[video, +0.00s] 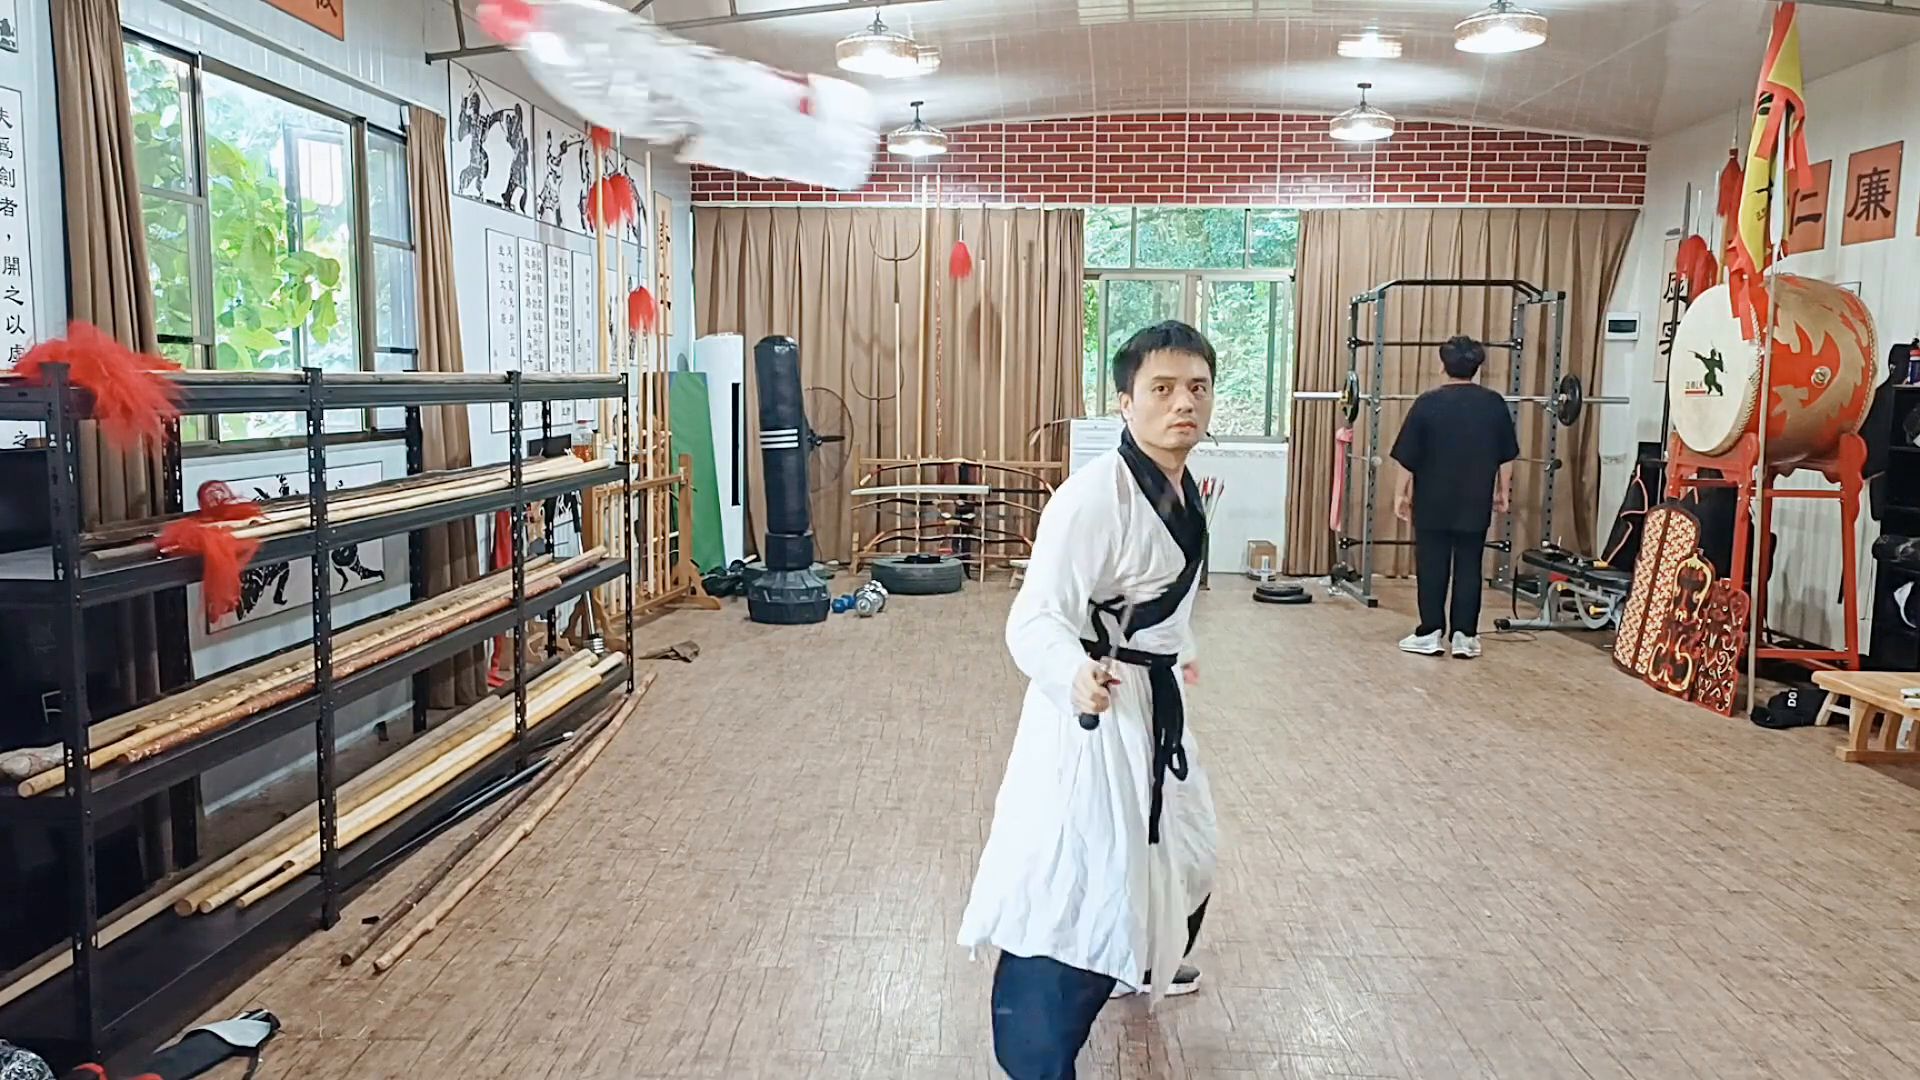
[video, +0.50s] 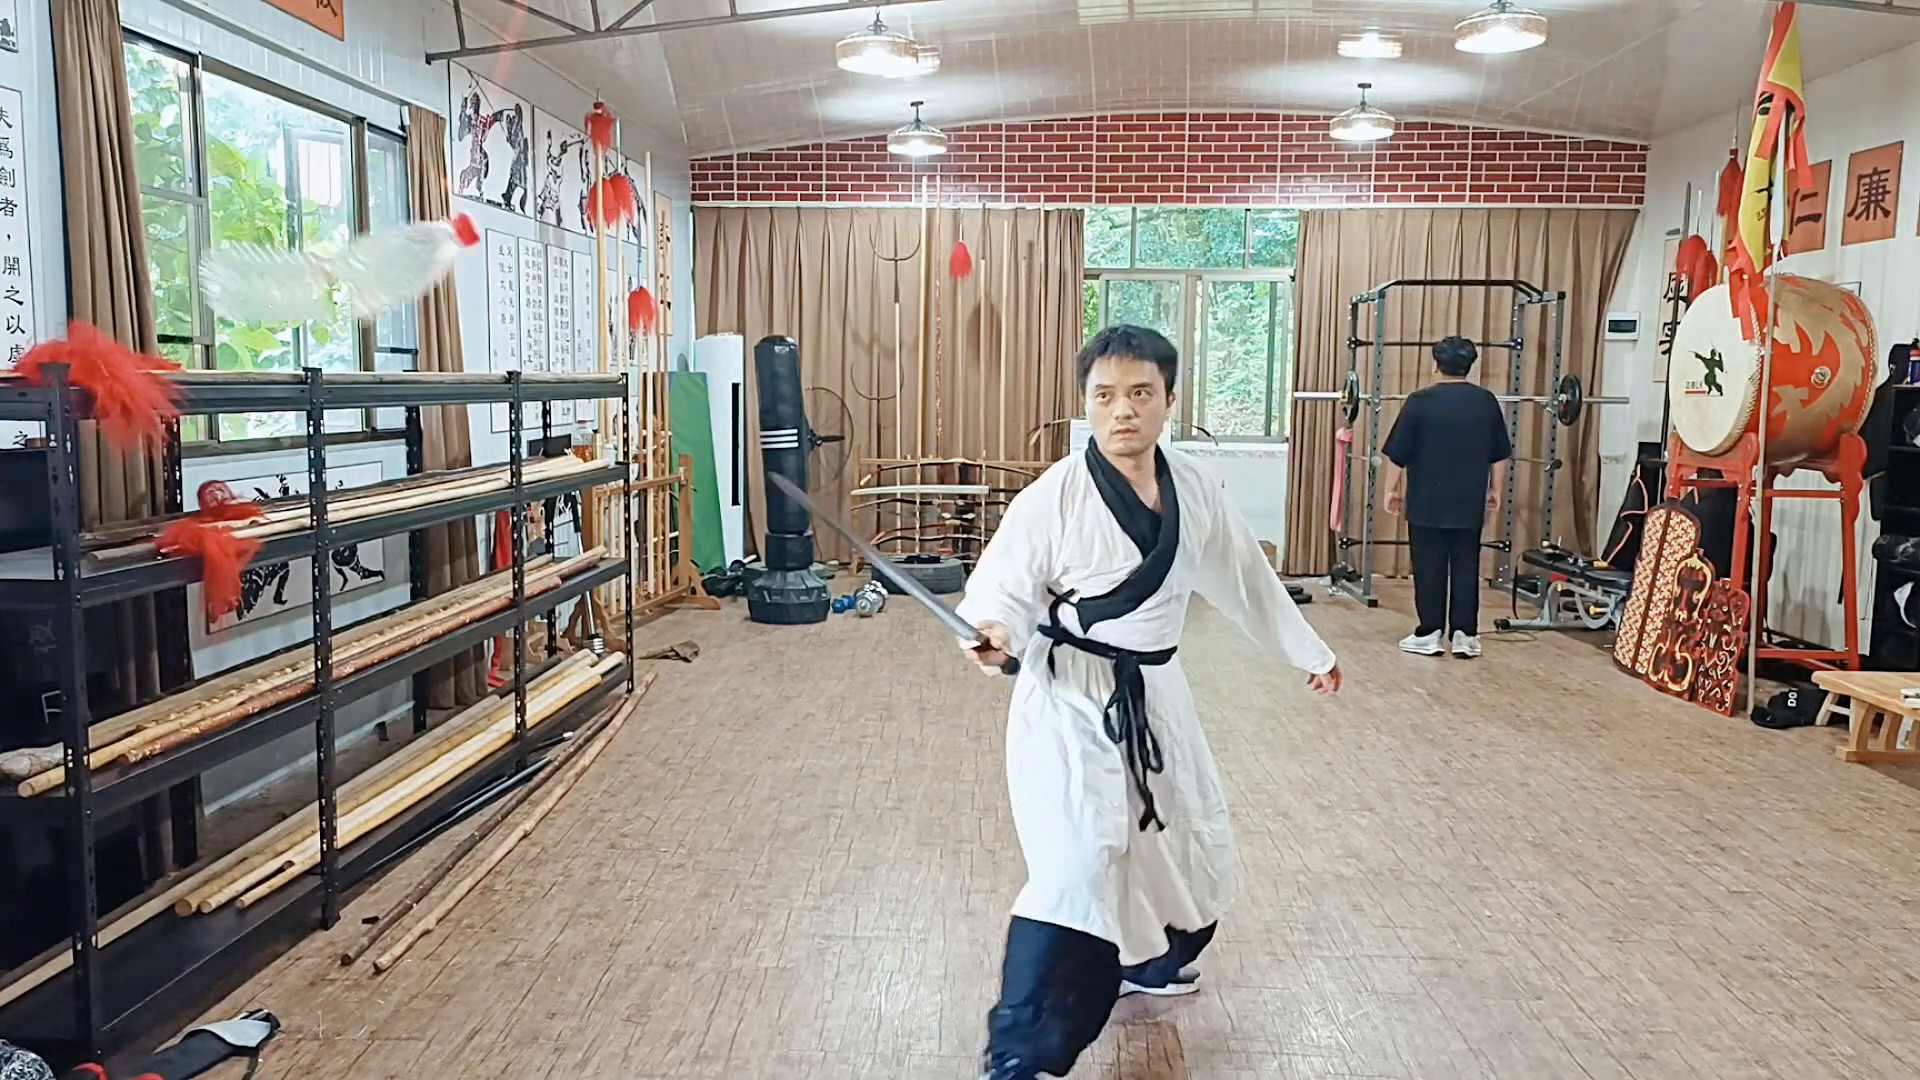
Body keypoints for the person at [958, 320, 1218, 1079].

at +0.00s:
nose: (1185, 404)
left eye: (1198, 388)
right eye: (1164, 388)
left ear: (1213, 399)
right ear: (1126, 401)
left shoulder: (1183, 489)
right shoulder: (1091, 496)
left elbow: (1162, 587)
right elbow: (1034, 619)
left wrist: (1181, 650)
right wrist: (1075, 671)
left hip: (1155, 707)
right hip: (1087, 721)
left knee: (1180, 858)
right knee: (1072, 896)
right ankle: (1038, 1057)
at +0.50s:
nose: (1124, 410)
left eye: (1141, 393)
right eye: (1106, 395)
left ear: (1169, 401)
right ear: (1086, 406)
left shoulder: (1196, 487)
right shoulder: (1053, 499)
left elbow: (1248, 579)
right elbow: (998, 588)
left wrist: (1308, 650)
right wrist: (994, 631)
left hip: (1157, 691)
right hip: (1064, 692)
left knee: (1199, 841)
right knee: (1075, 863)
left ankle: (1145, 966)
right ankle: (1019, 1062)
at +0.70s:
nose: (1084, 397)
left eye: (1103, 379)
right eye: (1065, 381)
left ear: (1132, 391)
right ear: (1041, 393)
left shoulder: (1138, 473)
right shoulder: (1018, 474)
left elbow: (1171, 557)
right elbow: (951, 513)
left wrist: (1224, 622)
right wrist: (901, 539)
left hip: (1120, 684)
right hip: (1033, 695)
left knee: (1133, 824)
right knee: (1003, 896)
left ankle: (1132, 954)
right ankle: (958, 1067)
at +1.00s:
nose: (1025, 389)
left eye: (1045, 371)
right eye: (1003, 372)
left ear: (1072, 391)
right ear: (974, 389)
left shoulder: (1067, 470)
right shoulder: (949, 476)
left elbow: (1084, 542)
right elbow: (892, 522)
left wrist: (1109, 595)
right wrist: (843, 561)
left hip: (1066, 708)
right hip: (974, 723)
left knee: (1068, 867)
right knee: (960, 919)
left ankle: (1062, 1000)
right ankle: (940, 1050)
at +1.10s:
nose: (1019, 379)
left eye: (1038, 362)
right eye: (997, 361)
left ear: (1064, 381)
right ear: (967, 381)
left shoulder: (1065, 469)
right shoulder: (934, 482)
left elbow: (1084, 563)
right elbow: (868, 583)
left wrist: (1121, 632)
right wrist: (848, 663)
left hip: (1055, 706)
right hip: (966, 715)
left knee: (1041, 890)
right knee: (966, 918)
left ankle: (1002, 1030)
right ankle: (942, 1056)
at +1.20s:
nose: (1020, 372)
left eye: (1036, 355)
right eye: (997, 357)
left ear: (1058, 373)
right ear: (964, 378)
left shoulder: (1063, 467)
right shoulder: (930, 482)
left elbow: (1082, 579)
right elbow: (873, 618)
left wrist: (1139, 641)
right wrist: (886, 690)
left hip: (1050, 709)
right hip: (963, 716)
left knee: (1033, 899)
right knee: (967, 930)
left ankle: (986, 1046)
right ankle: (944, 1060)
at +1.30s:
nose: (1020, 373)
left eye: (1036, 356)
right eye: (998, 359)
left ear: (1056, 372)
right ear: (966, 379)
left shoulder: (1057, 463)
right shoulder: (927, 483)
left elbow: (1091, 573)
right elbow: (880, 620)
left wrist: (1167, 626)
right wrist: (919, 671)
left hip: (1047, 704)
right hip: (965, 711)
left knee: (1022, 887)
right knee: (965, 911)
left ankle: (982, 1030)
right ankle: (943, 1060)